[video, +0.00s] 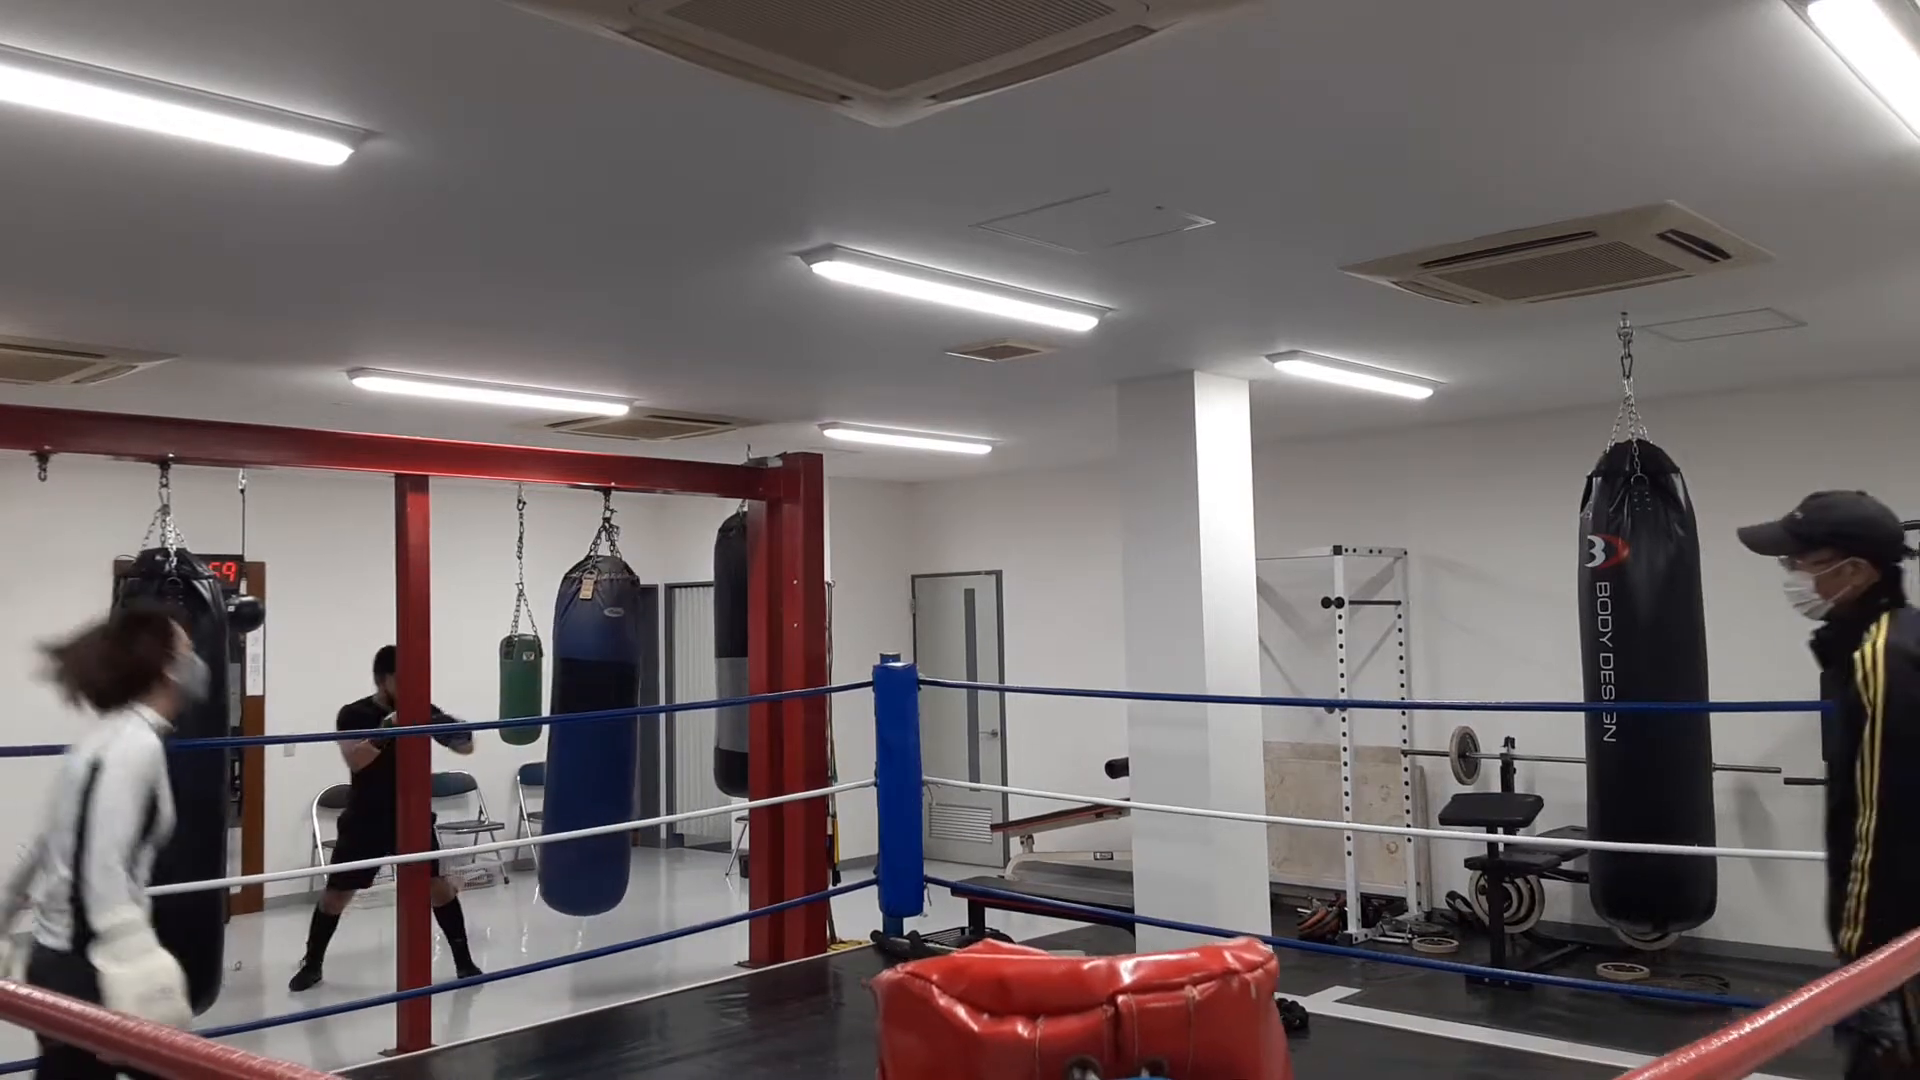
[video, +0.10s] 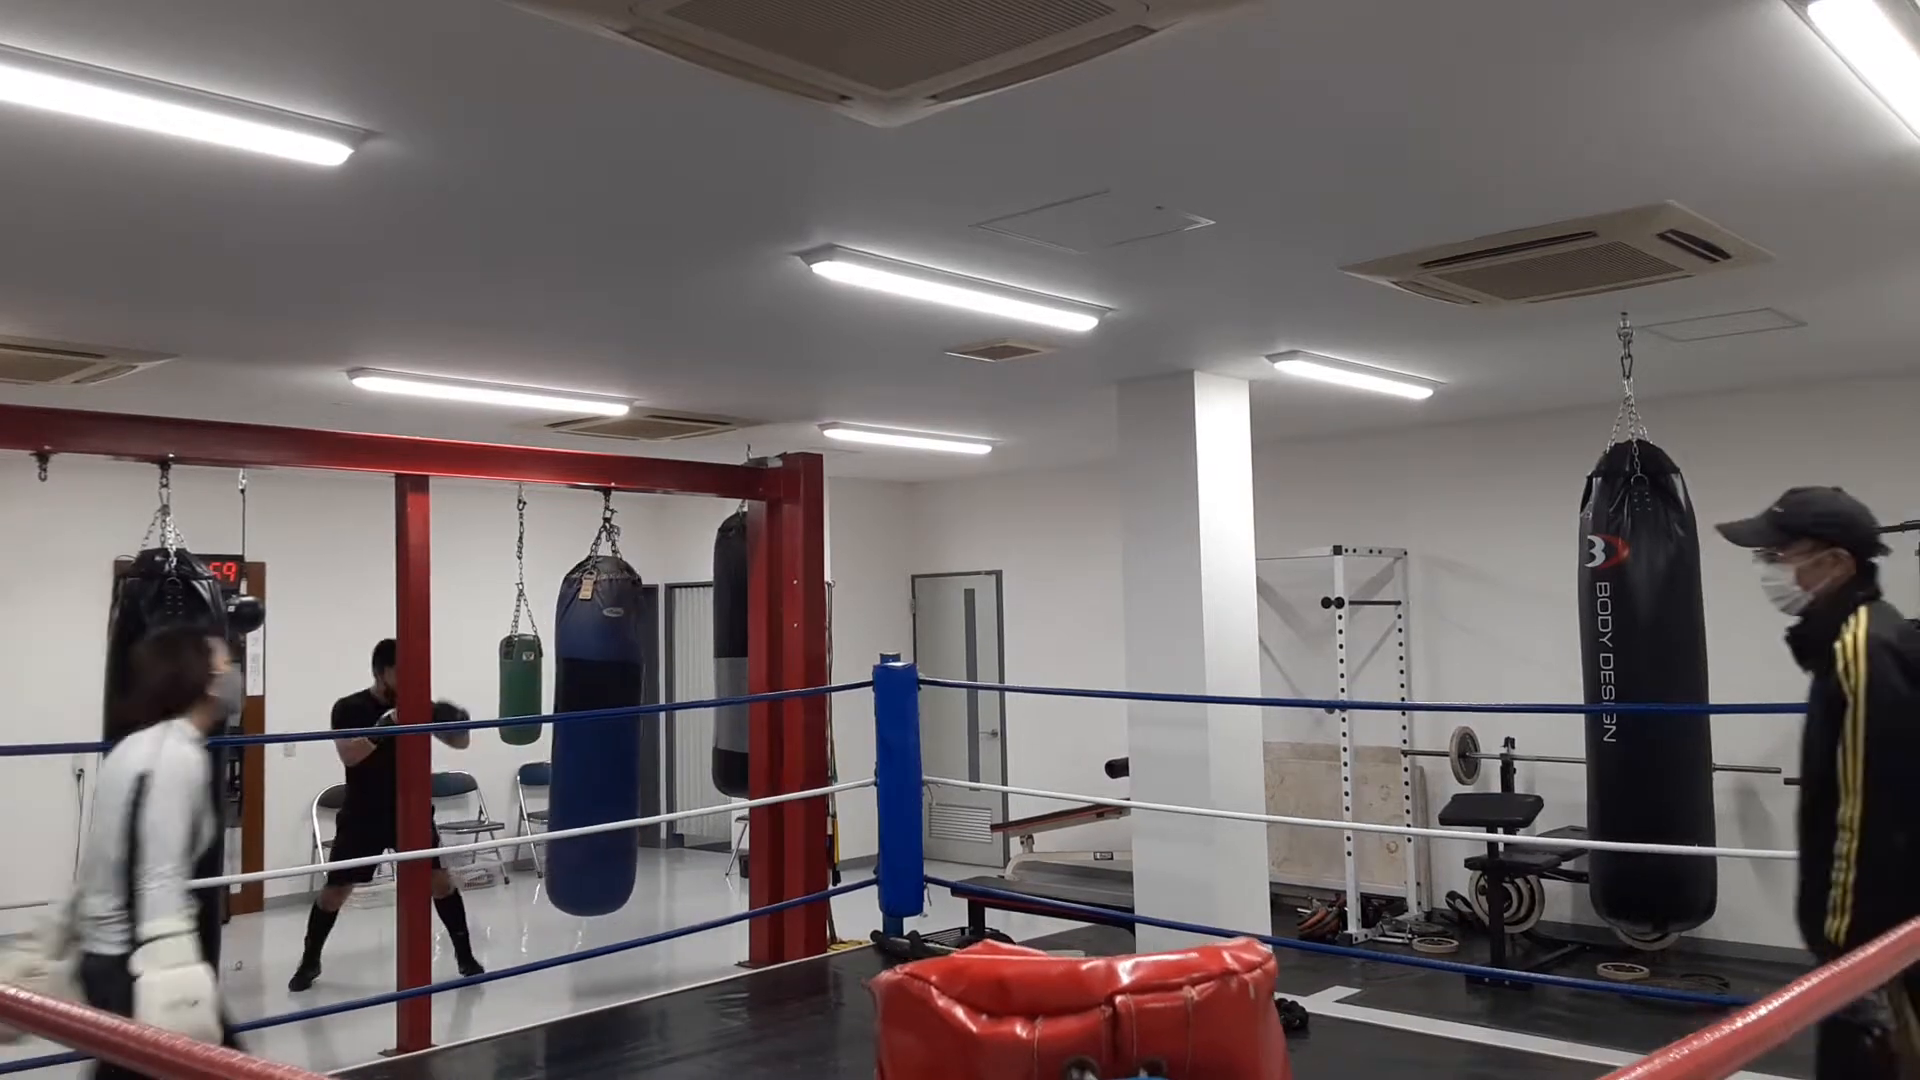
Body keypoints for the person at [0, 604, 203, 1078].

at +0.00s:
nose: (197, 665)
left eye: (191, 650)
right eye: (186, 651)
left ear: (127, 669)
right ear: (164, 668)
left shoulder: (100, 739)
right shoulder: (137, 743)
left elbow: (43, 850)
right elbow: (104, 871)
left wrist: (7, 919)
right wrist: (150, 980)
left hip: (53, 962)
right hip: (94, 969)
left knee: (62, 1069)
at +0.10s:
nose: (236, 671)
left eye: (232, 660)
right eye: (227, 661)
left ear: (170, 680)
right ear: (203, 678)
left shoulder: (129, 748)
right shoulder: (179, 752)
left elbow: (97, 867)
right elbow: (162, 875)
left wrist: (57, 946)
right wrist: (177, 980)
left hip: (104, 960)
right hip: (143, 962)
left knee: (122, 1066)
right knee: (225, 1065)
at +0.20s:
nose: (261, 668)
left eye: (258, 657)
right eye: (253, 658)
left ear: (188, 671)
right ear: (234, 671)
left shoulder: (153, 743)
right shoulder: (227, 737)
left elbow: (129, 855)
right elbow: (218, 839)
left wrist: (122, 943)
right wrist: (214, 942)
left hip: (150, 943)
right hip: (200, 944)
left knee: (171, 1068)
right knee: (249, 1066)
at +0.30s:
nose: (306, 656)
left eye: (302, 644)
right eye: (297, 645)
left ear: (244, 651)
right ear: (273, 653)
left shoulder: (195, 727)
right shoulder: (252, 721)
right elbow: (245, 832)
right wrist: (267, 929)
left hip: (198, 928)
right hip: (242, 927)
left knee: (247, 1065)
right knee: (295, 1066)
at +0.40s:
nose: (342, 655)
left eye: (340, 643)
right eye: (336, 644)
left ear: (276, 647)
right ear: (312, 653)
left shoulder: (236, 717)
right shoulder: (286, 717)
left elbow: (230, 830)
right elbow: (278, 830)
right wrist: (325, 918)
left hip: (237, 919)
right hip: (276, 920)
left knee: (258, 1061)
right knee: (364, 1044)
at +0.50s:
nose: (383, 655)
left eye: (379, 644)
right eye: (375, 645)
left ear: (315, 652)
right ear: (352, 657)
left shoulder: (271, 724)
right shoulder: (330, 722)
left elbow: (265, 829)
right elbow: (326, 831)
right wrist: (373, 913)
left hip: (275, 920)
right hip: (327, 918)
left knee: (271, 1067)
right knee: (402, 1058)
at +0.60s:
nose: (423, 658)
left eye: (421, 647)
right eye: (416, 647)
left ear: (357, 655)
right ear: (390, 658)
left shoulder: (319, 723)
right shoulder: (383, 726)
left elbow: (311, 830)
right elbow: (381, 833)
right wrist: (415, 916)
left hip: (320, 921)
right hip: (375, 919)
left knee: (301, 1063)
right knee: (447, 1054)